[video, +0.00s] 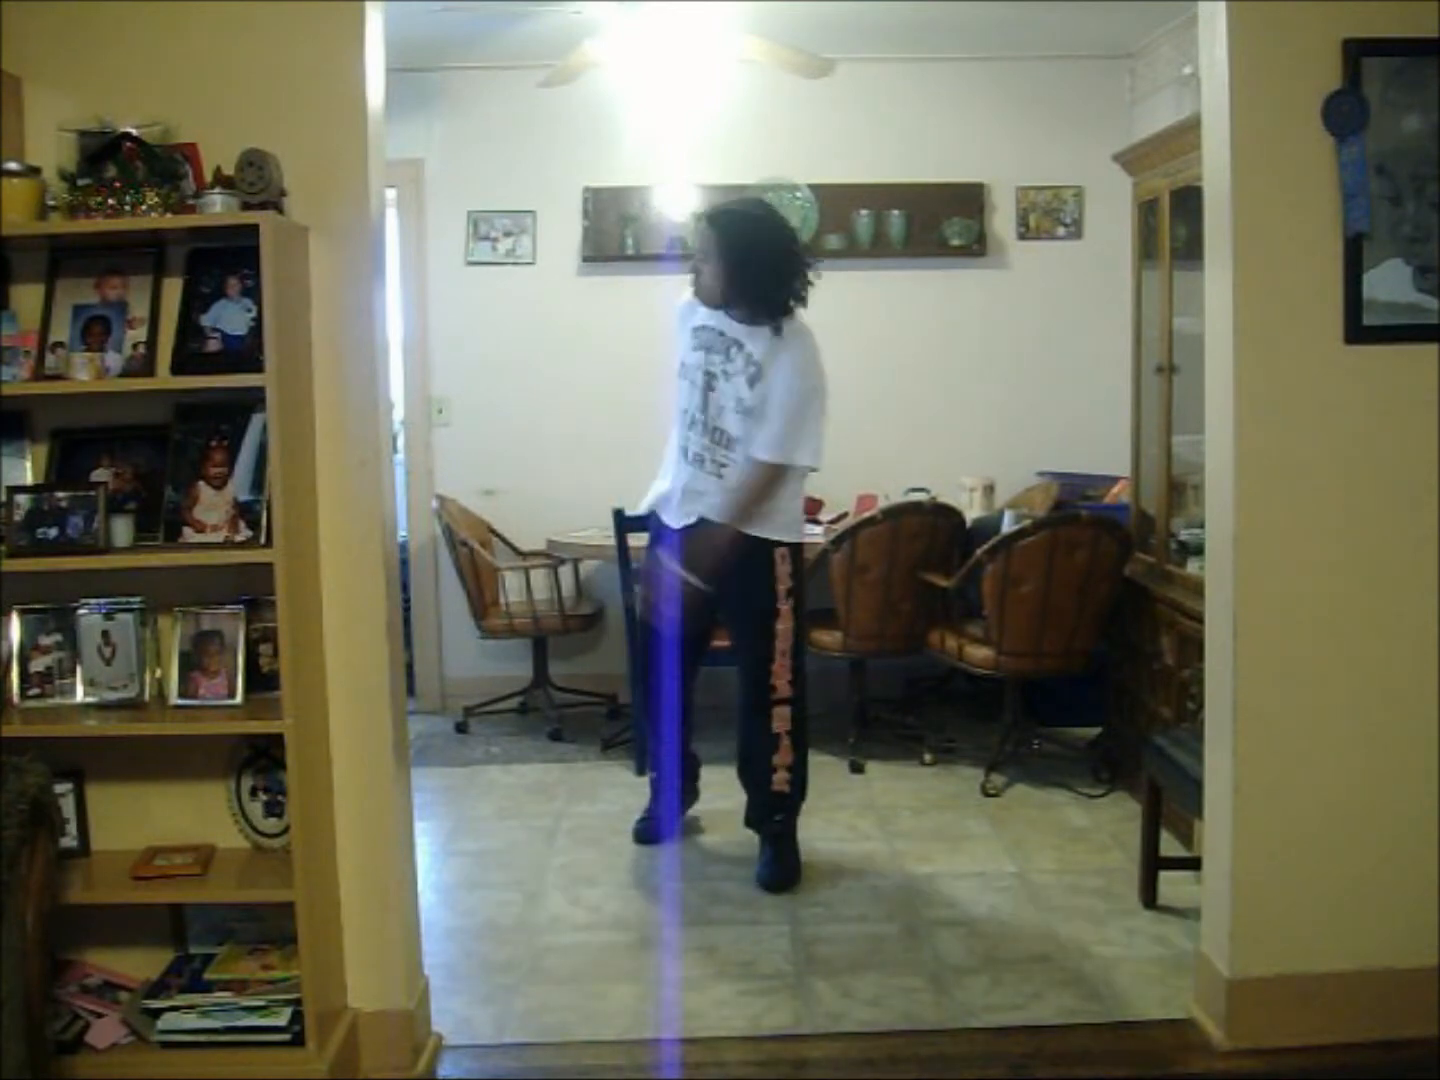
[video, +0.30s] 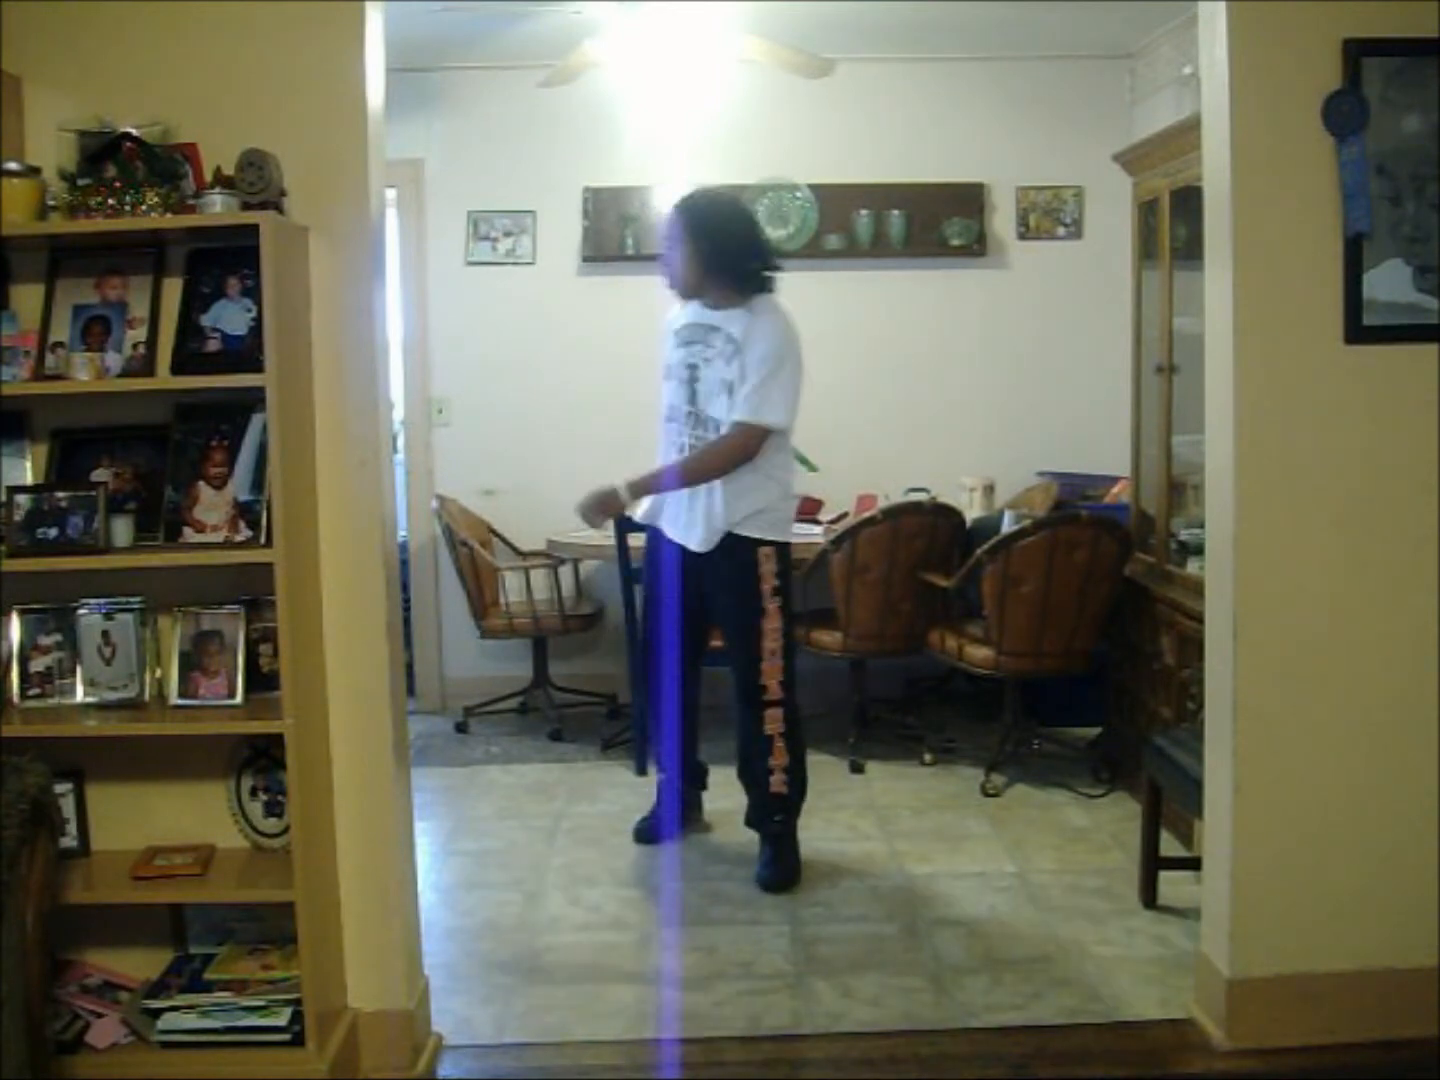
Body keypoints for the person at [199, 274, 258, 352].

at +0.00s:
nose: (233, 289)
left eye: (235, 285)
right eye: (230, 286)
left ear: (240, 287)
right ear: (225, 288)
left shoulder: (247, 304)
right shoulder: (221, 304)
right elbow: (205, 320)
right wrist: (210, 335)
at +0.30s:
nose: (233, 288)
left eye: (235, 285)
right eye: (230, 286)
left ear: (240, 287)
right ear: (226, 288)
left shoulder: (247, 303)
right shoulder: (221, 304)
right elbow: (205, 320)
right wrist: (210, 335)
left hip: (244, 338)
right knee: (212, 342)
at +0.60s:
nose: (233, 289)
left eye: (235, 285)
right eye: (230, 286)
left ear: (240, 287)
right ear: (225, 288)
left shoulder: (247, 304)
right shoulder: (221, 304)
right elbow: (205, 320)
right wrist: (210, 335)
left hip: (244, 338)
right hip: (225, 337)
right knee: (212, 342)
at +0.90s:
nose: (233, 289)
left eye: (235, 285)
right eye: (230, 286)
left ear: (240, 287)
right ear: (225, 288)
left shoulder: (247, 304)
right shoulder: (221, 304)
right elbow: (205, 320)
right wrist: (210, 335)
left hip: (244, 338)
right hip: (225, 337)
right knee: (212, 342)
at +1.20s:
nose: (233, 288)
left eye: (235, 285)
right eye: (230, 286)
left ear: (240, 287)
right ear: (225, 288)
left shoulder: (247, 303)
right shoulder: (221, 304)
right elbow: (206, 320)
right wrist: (210, 335)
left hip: (244, 338)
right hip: (224, 337)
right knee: (212, 341)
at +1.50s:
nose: (233, 289)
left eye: (235, 285)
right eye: (230, 286)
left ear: (240, 287)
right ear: (225, 288)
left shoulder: (247, 304)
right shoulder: (220, 304)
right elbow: (205, 320)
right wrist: (210, 335)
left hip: (244, 337)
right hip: (224, 337)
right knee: (212, 341)